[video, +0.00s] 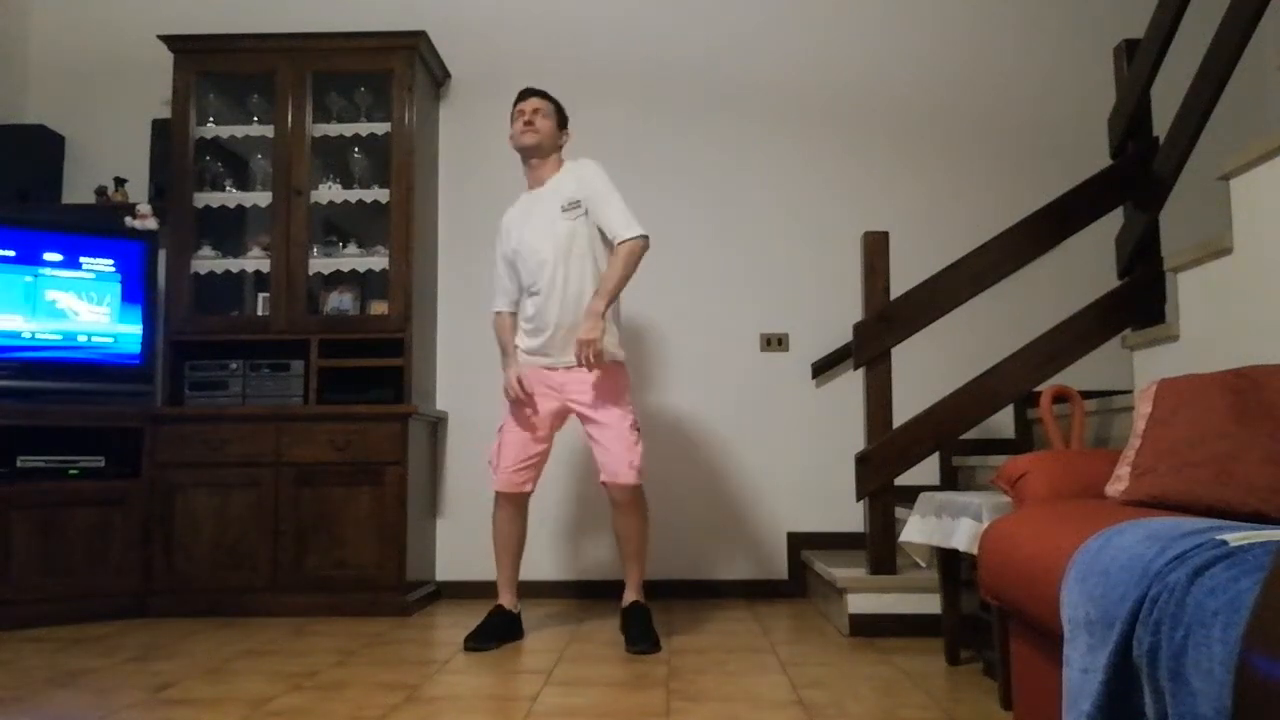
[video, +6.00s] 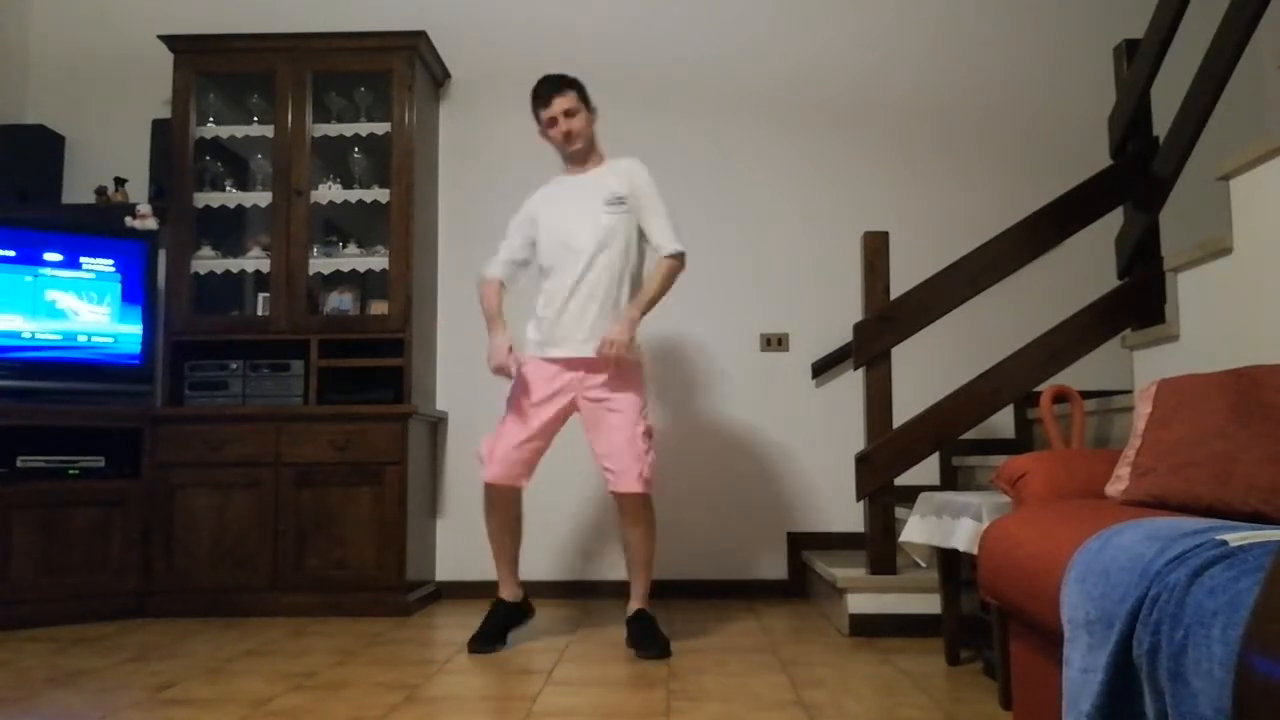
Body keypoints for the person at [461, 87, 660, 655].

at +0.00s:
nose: (526, 120)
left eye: (538, 114)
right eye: (518, 116)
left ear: (562, 134)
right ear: (511, 138)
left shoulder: (583, 176)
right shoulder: (512, 220)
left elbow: (633, 242)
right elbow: (503, 306)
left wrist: (595, 313)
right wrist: (509, 357)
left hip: (596, 364)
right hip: (535, 370)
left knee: (624, 479)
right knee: (508, 485)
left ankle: (634, 601)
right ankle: (506, 608)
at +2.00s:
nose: (562, 137)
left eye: (574, 128)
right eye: (554, 126)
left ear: (589, 134)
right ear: (538, 127)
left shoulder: (608, 200)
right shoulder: (512, 198)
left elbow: (628, 287)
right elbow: (480, 277)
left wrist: (609, 350)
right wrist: (508, 339)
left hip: (591, 368)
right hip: (524, 368)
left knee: (627, 469)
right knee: (501, 485)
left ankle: (632, 597)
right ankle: (508, 609)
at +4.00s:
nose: (604, 154)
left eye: (613, 142)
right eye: (594, 143)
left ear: (635, 137)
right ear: (583, 141)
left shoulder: (651, 214)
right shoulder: (561, 191)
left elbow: (655, 299)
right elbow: (504, 257)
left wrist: (615, 356)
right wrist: (522, 337)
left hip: (617, 371)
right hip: (547, 367)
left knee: (635, 489)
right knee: (501, 478)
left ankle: (638, 610)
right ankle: (483, 604)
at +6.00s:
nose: (563, 124)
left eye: (570, 113)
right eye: (552, 121)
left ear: (592, 116)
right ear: (544, 133)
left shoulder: (628, 175)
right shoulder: (540, 202)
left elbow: (670, 257)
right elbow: (493, 278)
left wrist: (630, 321)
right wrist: (497, 331)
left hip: (611, 366)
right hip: (541, 367)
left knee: (631, 486)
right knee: (499, 476)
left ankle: (640, 610)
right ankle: (508, 598)